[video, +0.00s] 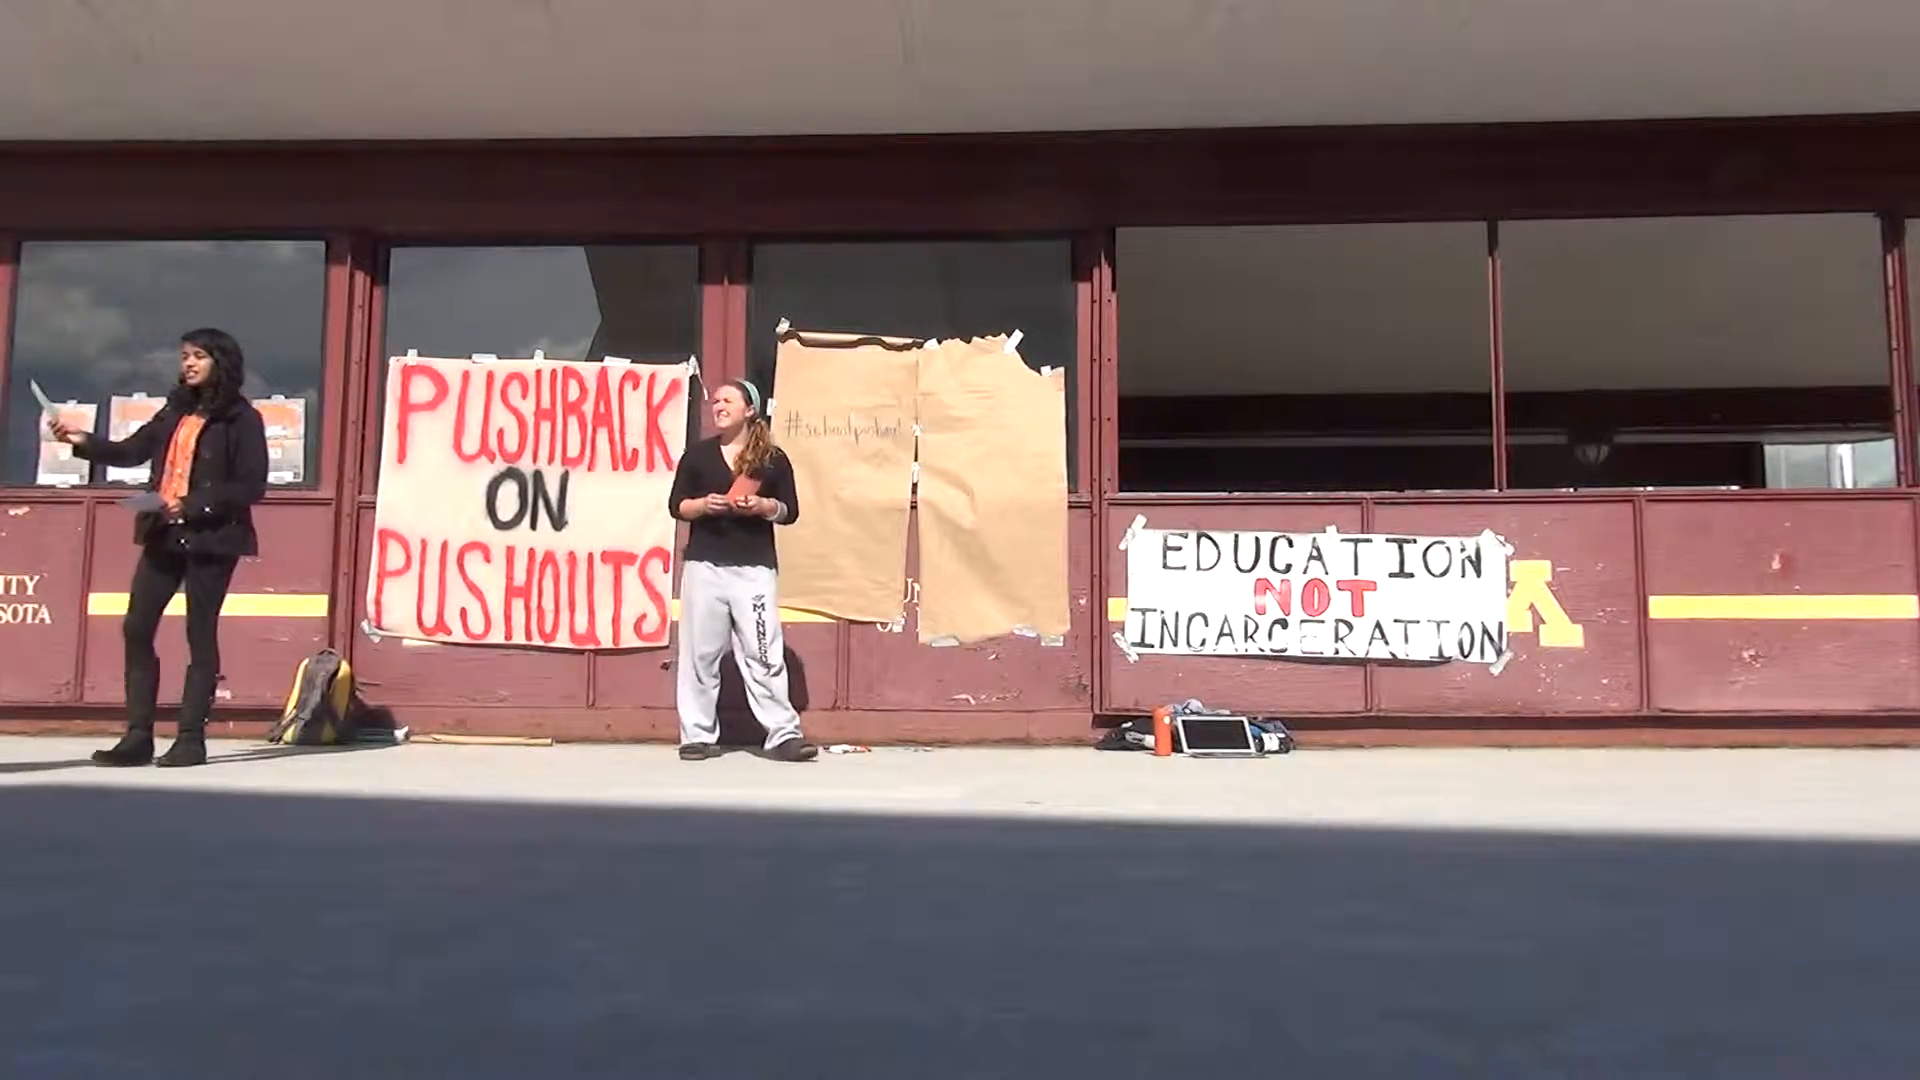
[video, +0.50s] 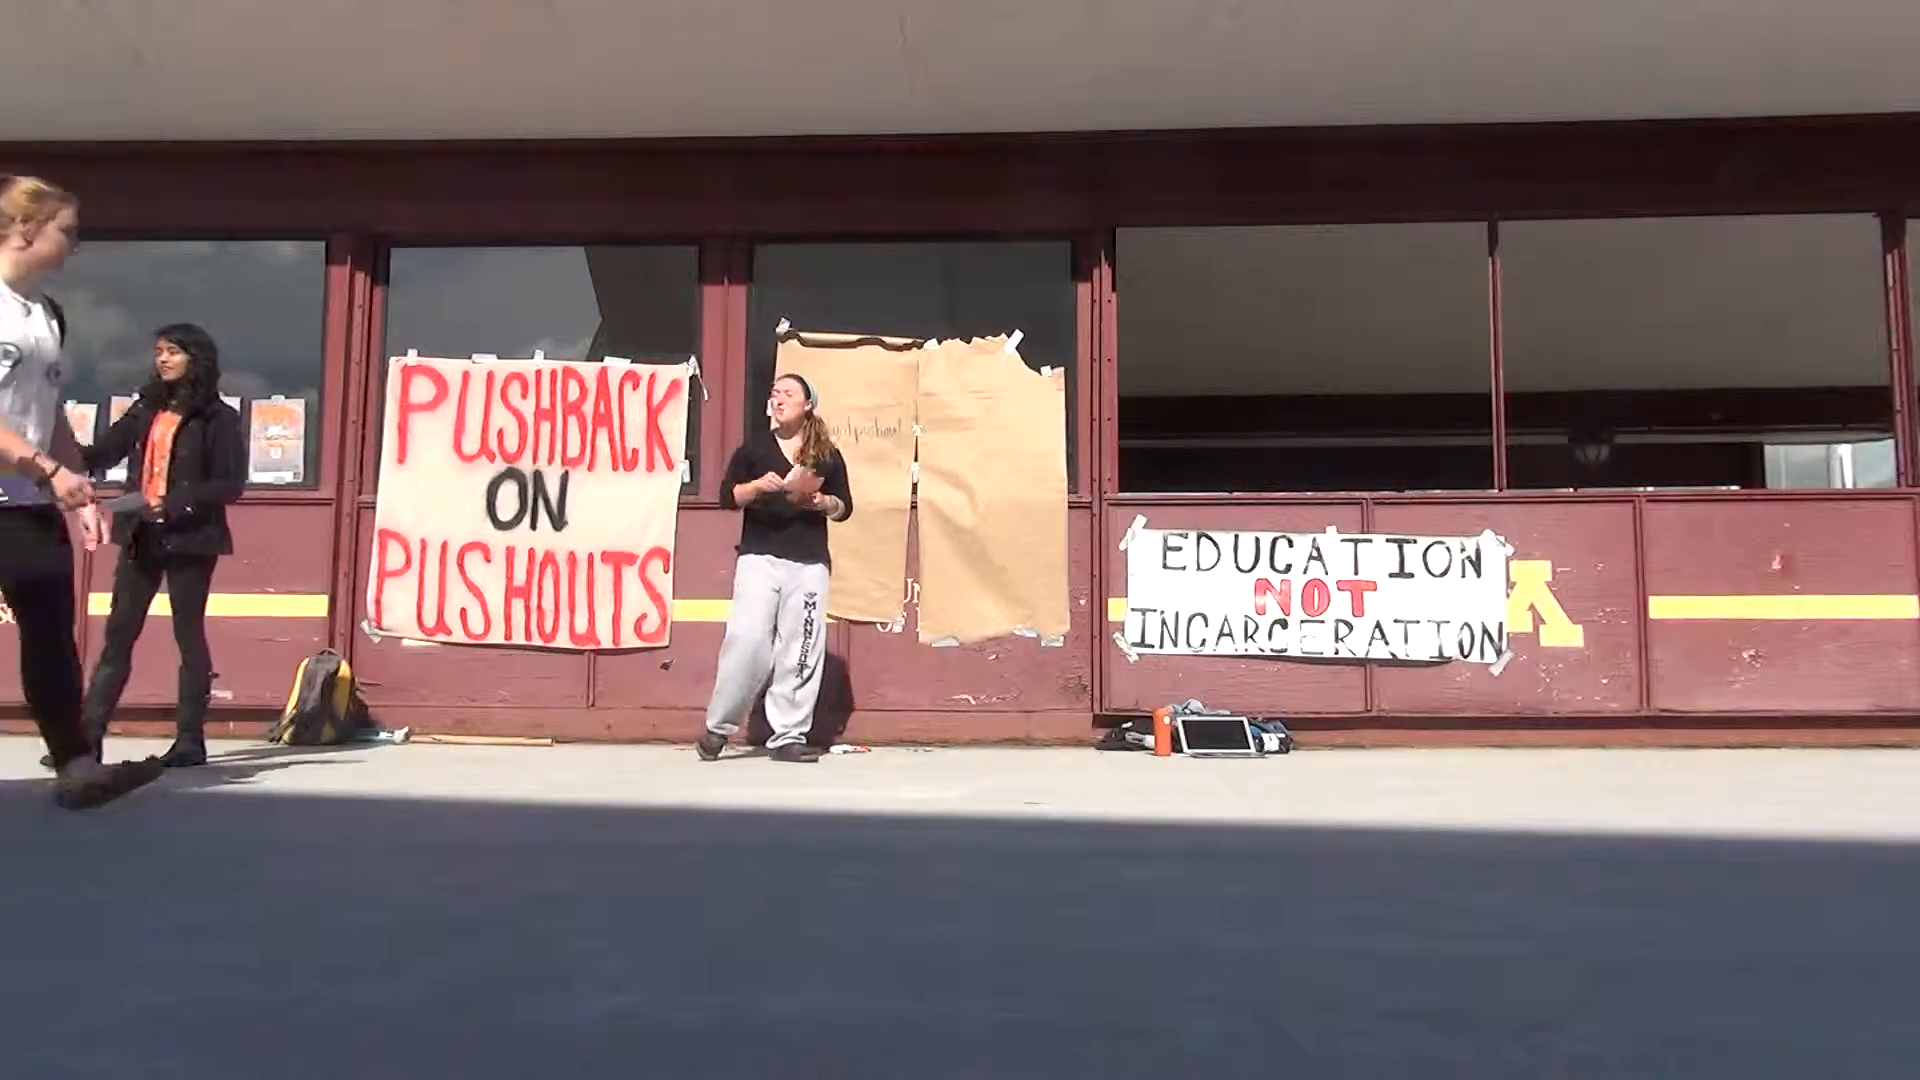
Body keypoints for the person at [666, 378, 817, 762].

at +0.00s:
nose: (717, 407)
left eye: (726, 401)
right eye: (716, 401)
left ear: (749, 410)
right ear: (715, 408)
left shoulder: (773, 457)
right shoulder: (696, 455)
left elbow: (789, 511)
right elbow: (677, 507)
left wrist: (764, 507)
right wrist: (705, 506)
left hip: (755, 569)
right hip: (704, 567)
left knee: (765, 653)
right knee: (701, 654)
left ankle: (783, 734)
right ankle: (697, 736)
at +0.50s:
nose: (776, 400)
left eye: (786, 394)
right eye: (773, 394)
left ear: (808, 406)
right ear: (769, 404)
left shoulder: (827, 454)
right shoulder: (753, 449)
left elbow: (844, 507)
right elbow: (727, 496)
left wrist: (827, 503)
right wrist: (758, 486)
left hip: (809, 562)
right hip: (759, 557)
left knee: (801, 647)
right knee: (748, 639)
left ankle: (788, 737)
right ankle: (719, 726)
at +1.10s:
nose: (812, 398)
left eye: (820, 391)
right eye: (804, 391)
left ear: (832, 399)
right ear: (793, 398)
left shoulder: (842, 448)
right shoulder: (774, 440)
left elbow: (854, 512)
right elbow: (764, 491)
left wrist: (848, 493)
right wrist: (774, 486)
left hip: (829, 557)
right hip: (784, 553)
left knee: (818, 651)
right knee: (789, 647)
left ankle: (800, 736)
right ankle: (793, 740)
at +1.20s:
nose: (813, 393)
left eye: (821, 386)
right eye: (805, 387)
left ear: (833, 394)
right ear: (794, 394)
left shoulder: (843, 444)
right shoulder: (775, 435)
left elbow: (854, 509)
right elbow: (761, 486)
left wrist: (851, 491)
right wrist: (775, 483)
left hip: (830, 554)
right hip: (784, 550)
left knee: (821, 651)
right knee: (789, 646)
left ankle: (799, 736)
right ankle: (792, 741)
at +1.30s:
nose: (811, 387)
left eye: (820, 382)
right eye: (804, 381)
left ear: (833, 393)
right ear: (794, 391)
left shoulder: (844, 442)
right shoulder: (773, 433)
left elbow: (855, 508)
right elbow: (761, 487)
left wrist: (853, 486)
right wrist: (779, 481)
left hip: (831, 553)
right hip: (784, 549)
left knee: (829, 646)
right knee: (789, 643)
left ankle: (804, 733)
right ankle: (792, 742)